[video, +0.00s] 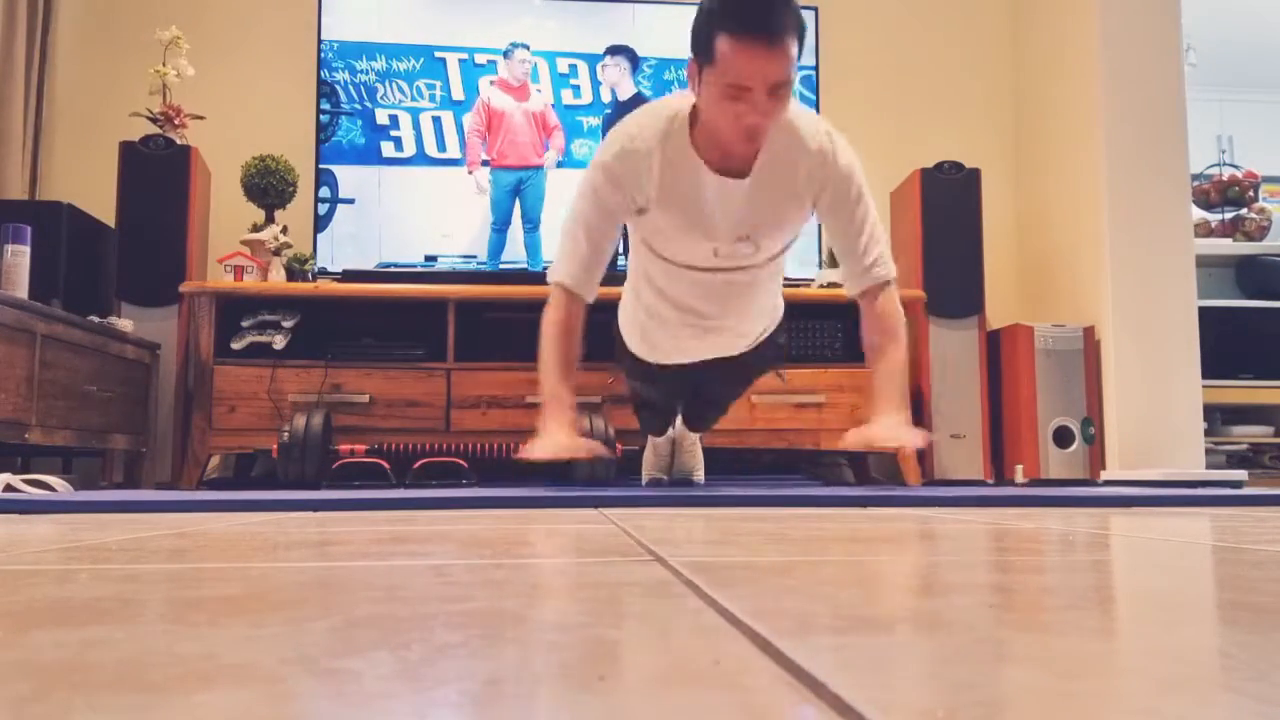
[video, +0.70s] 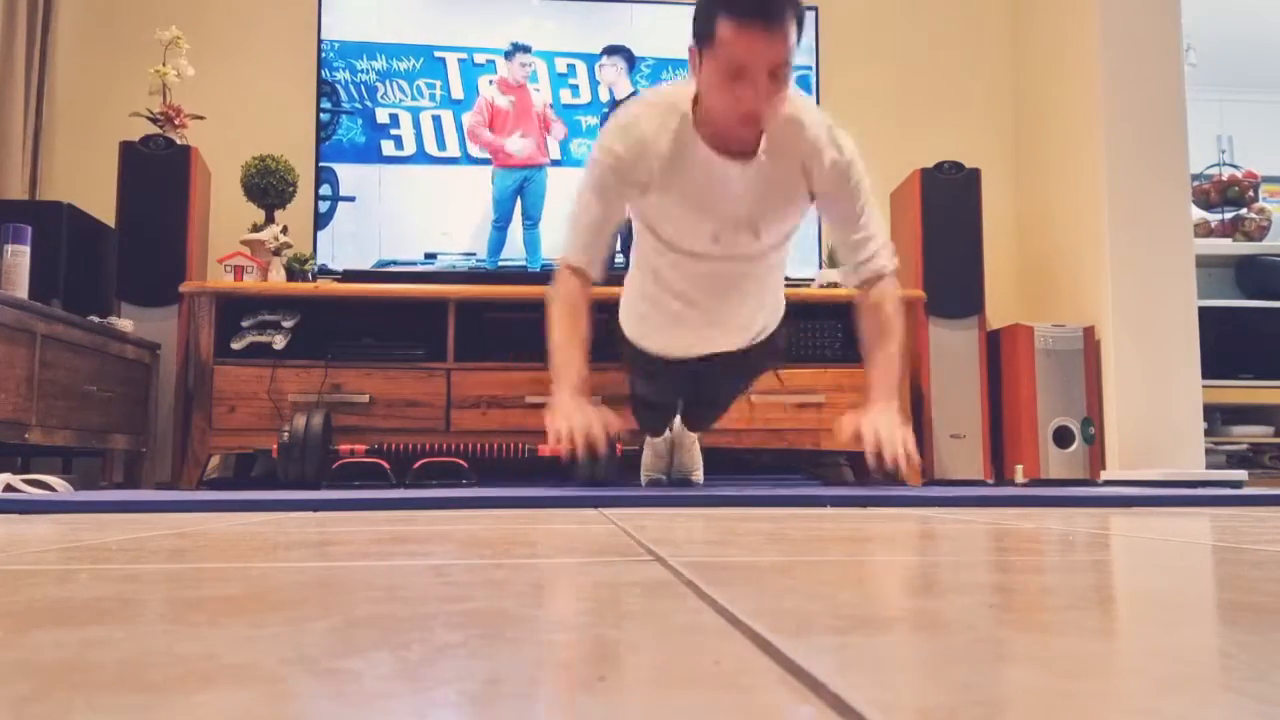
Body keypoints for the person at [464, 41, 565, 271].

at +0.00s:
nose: (527, 67)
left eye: (529, 62)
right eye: (522, 62)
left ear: (531, 65)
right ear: (507, 63)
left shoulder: (538, 97)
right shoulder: (490, 97)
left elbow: (556, 130)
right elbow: (475, 133)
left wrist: (555, 150)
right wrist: (475, 169)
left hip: (534, 171)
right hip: (502, 171)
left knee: (532, 224)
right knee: (500, 225)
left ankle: (536, 272)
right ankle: (492, 270)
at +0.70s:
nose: (528, 70)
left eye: (530, 65)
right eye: (523, 65)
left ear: (532, 66)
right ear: (508, 64)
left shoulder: (537, 95)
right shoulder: (491, 95)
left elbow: (554, 127)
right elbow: (474, 129)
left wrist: (557, 128)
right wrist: (503, 144)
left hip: (536, 168)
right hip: (506, 169)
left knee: (532, 222)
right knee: (501, 222)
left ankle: (535, 268)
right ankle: (490, 266)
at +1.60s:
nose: (548, 74)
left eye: (550, 68)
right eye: (544, 68)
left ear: (552, 67)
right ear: (527, 66)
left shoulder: (554, 93)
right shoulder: (510, 95)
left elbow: (574, 106)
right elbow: (501, 134)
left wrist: (588, 112)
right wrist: (538, 147)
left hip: (544, 168)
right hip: (517, 167)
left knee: (538, 217)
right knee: (508, 216)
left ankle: (539, 264)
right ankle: (496, 260)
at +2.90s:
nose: (527, 57)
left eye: (527, 52)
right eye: (521, 53)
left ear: (530, 56)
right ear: (507, 57)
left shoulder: (535, 87)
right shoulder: (495, 87)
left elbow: (558, 118)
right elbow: (482, 121)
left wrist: (550, 102)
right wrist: (514, 135)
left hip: (538, 156)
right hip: (510, 157)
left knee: (540, 208)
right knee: (509, 208)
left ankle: (548, 253)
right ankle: (506, 253)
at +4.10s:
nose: (528, 51)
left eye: (533, 48)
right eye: (524, 46)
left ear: (537, 53)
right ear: (513, 48)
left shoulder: (540, 83)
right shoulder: (498, 78)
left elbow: (562, 116)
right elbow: (479, 111)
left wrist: (545, 96)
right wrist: (507, 129)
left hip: (533, 155)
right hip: (504, 153)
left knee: (527, 206)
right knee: (488, 205)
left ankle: (525, 257)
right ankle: (467, 259)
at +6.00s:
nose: (519, 53)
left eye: (519, 48)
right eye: (515, 48)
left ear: (505, 50)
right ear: (498, 50)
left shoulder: (518, 79)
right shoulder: (479, 80)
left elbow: (540, 115)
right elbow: (466, 115)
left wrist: (527, 97)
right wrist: (504, 122)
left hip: (520, 155)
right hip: (491, 155)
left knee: (518, 209)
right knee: (478, 210)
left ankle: (527, 255)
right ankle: (465, 262)